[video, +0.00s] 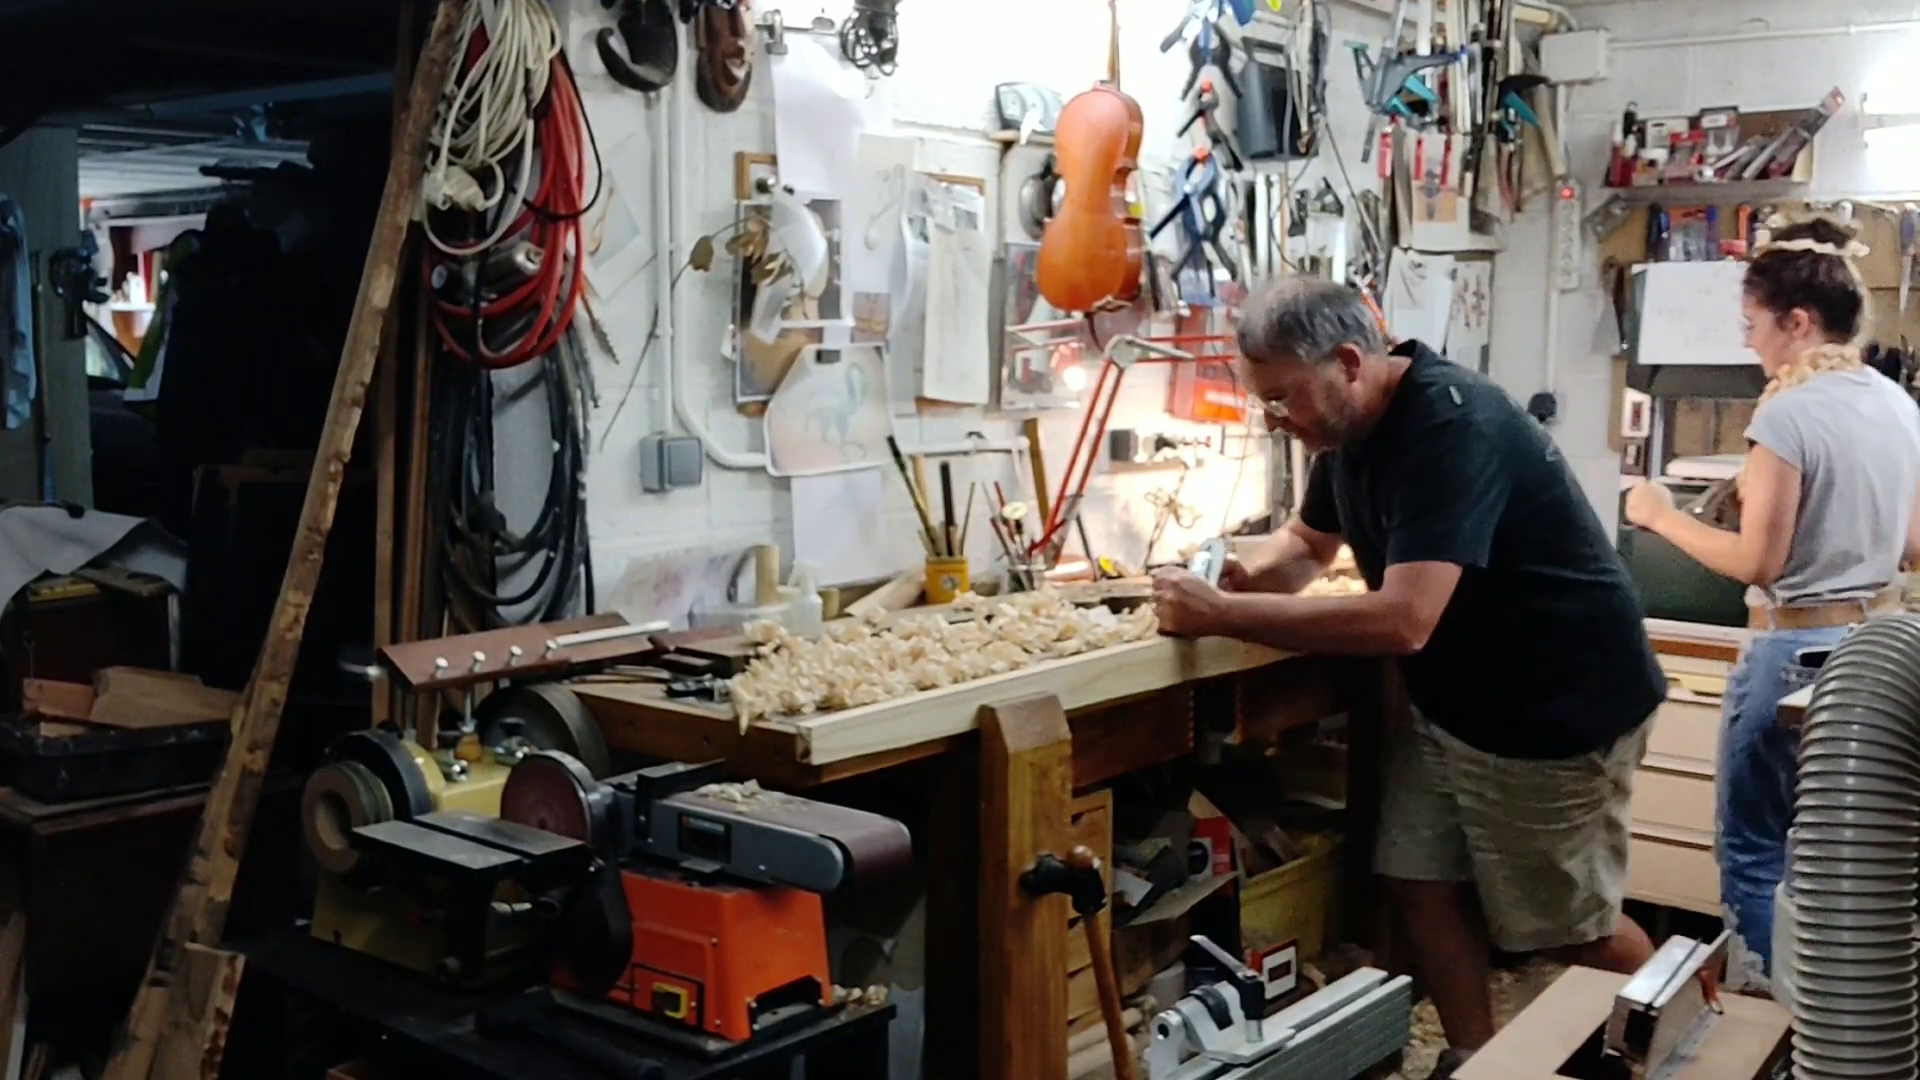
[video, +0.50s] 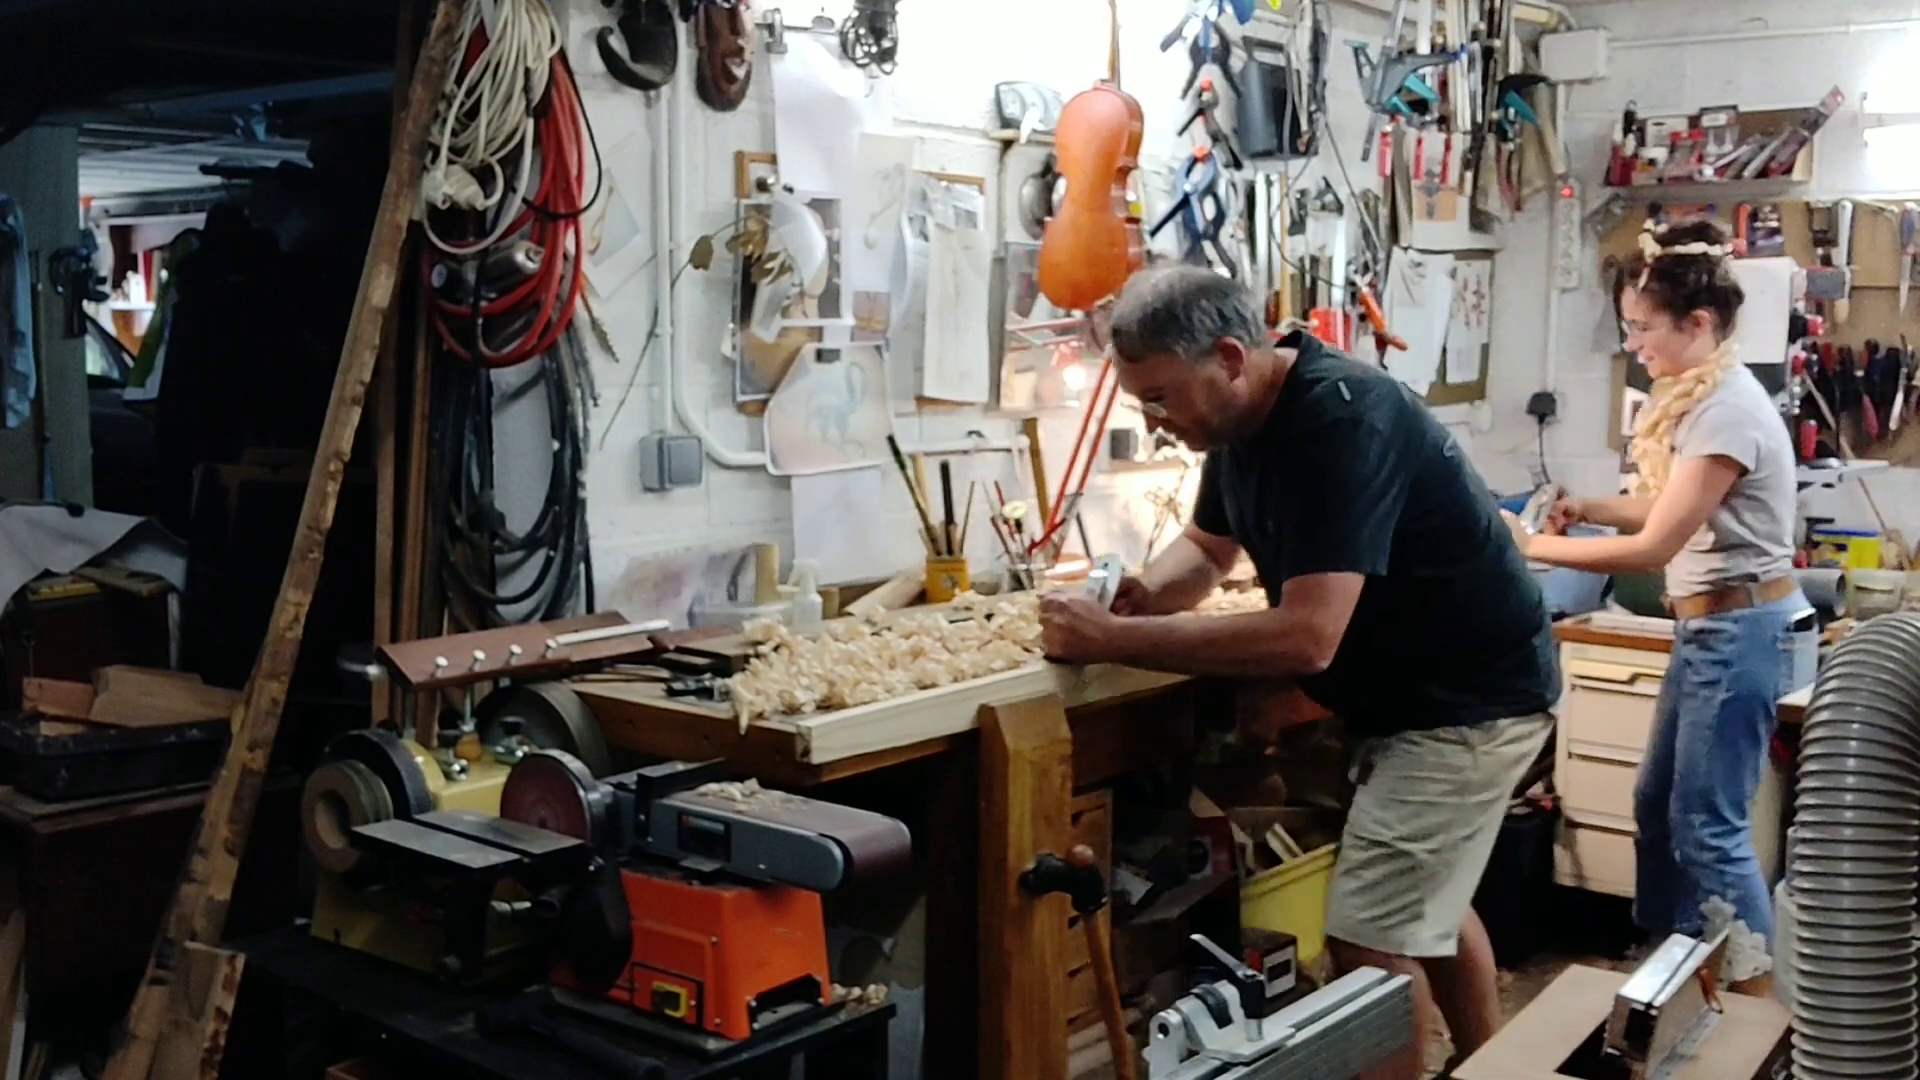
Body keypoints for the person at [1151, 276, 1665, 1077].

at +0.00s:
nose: (1281, 423)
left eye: (1286, 399)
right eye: (1269, 406)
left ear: (1350, 360)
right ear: (1345, 361)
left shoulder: (1453, 423)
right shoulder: (1348, 430)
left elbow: (1403, 620)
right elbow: (1309, 544)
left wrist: (1223, 614)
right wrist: (1247, 575)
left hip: (1560, 714)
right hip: (1452, 702)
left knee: (1571, 928)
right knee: (1423, 884)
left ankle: (1694, 1005)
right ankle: (1473, 1063)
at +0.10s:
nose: (1248, 425)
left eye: (1253, 402)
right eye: (1238, 407)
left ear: (1319, 365)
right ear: (1314, 366)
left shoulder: (1426, 424)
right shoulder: (1320, 429)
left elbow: (1381, 623)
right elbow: (1283, 549)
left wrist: (1196, 619)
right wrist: (1230, 580)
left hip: (1525, 714)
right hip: (1424, 702)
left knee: (1525, 932)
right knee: (1405, 891)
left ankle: (1662, 1012)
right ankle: (1474, 1054)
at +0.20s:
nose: (1217, 423)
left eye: (1226, 402)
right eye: (1209, 406)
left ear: (1292, 362)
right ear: (1289, 363)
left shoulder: (1401, 418)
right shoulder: (1294, 428)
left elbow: (1366, 624)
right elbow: (1264, 543)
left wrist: (1179, 622)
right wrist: (1210, 583)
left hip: (1509, 709)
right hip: (1403, 703)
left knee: (1492, 938)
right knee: (1405, 912)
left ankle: (1601, 1049)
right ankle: (1473, 1060)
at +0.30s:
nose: (1192, 422)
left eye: (1200, 400)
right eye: (1183, 405)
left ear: (1269, 358)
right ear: (1265, 360)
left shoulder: (1382, 415)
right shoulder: (1275, 424)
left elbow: (1346, 626)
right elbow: (1244, 542)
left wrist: (1160, 624)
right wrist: (1183, 581)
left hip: (1500, 693)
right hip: (1397, 692)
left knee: (1456, 937)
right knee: (1403, 922)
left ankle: (1519, 1078)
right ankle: (1473, 1062)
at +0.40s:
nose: (1174, 422)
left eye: (1181, 400)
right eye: (1164, 404)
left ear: (1249, 360)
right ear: (1243, 361)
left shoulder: (1361, 416)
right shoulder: (1257, 422)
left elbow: (1327, 632)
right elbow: (1228, 543)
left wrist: (1138, 629)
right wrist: (1172, 584)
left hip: (1488, 688)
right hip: (1401, 690)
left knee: (1424, 927)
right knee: (1410, 919)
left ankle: (1449, 1079)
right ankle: (1468, 1067)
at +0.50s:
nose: (1154, 421)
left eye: (1160, 399)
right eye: (1143, 403)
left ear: (1229, 358)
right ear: (1225, 357)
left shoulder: (1345, 417)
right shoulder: (1244, 420)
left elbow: (1308, 636)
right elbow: (1207, 547)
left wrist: (1116, 638)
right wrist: (1146, 598)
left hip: (1475, 698)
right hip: (1400, 695)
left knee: (1367, 940)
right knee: (1434, 902)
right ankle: (1485, 1062)